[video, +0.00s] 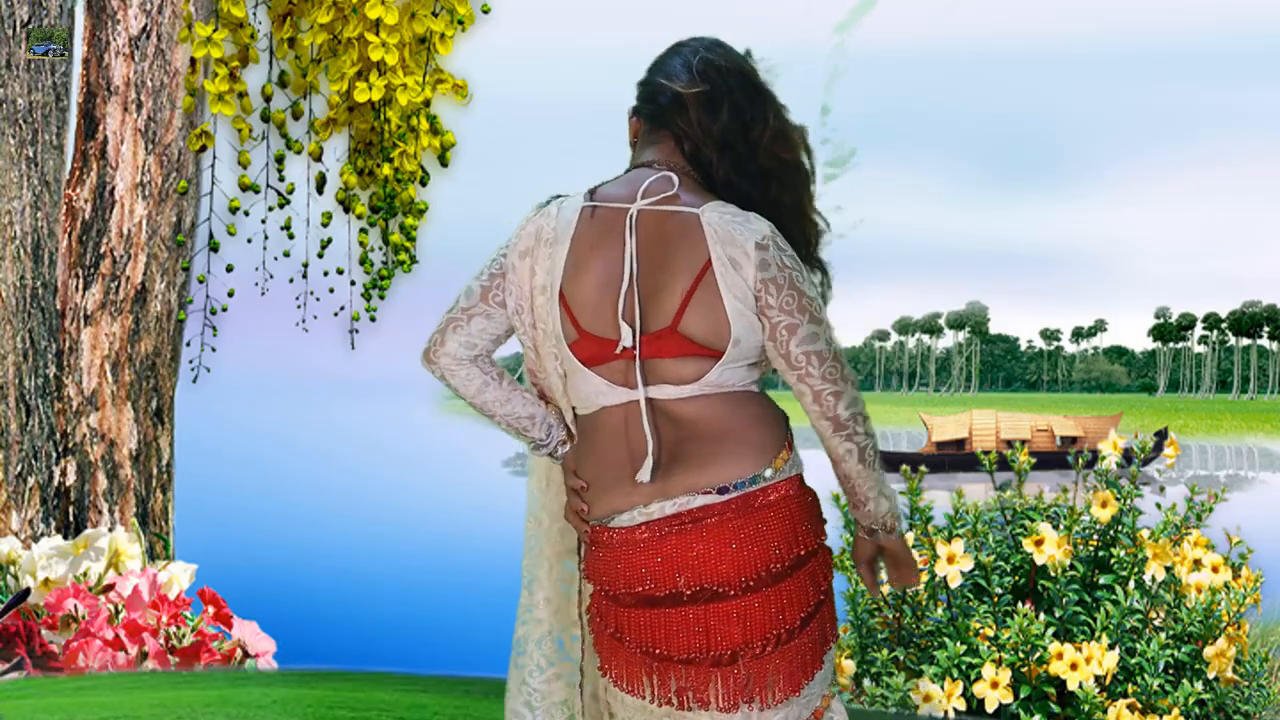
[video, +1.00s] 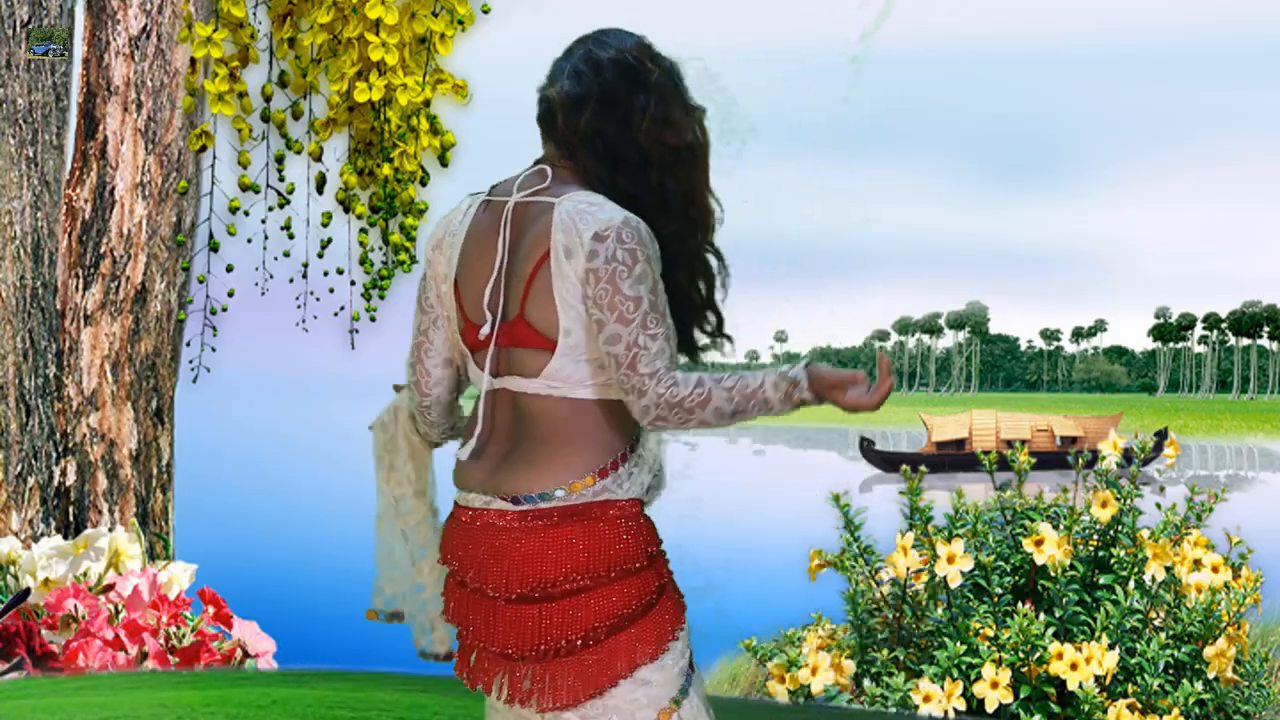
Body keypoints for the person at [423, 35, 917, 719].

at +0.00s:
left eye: (631, 116)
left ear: (635, 121)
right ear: (737, 134)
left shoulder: (547, 232)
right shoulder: (746, 237)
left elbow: (452, 350)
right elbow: (829, 395)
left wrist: (561, 436)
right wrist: (878, 519)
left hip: (624, 537)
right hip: (757, 519)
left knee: (643, 706)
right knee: (790, 705)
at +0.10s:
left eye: (634, 120)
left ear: (634, 125)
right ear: (735, 140)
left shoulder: (545, 235)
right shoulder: (742, 239)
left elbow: (449, 351)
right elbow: (813, 411)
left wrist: (559, 443)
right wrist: (895, 540)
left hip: (623, 541)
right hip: (755, 524)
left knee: (636, 708)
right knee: (778, 705)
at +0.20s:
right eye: (746, 147)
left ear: (633, 130)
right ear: (736, 148)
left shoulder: (537, 239)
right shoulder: (730, 244)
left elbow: (442, 351)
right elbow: (801, 416)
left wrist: (551, 451)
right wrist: (900, 555)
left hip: (622, 534)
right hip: (751, 514)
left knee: (637, 708)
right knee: (773, 706)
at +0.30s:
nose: (750, 173)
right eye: (748, 152)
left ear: (633, 130)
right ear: (732, 153)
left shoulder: (528, 243)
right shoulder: (719, 247)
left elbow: (442, 355)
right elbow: (783, 420)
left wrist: (541, 457)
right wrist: (884, 557)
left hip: (613, 539)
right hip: (741, 520)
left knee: (633, 709)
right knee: (767, 706)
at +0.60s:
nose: (730, 178)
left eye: (732, 156)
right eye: (726, 157)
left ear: (611, 131)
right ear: (700, 159)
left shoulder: (505, 240)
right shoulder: (652, 259)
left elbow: (453, 378)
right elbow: (689, 435)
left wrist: (499, 500)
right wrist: (797, 561)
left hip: (559, 536)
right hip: (665, 521)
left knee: (599, 706)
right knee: (718, 703)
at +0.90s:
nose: (679, 171)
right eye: (676, 151)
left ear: (566, 124)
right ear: (654, 151)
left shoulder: (463, 232)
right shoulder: (604, 246)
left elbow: (432, 378)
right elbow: (637, 422)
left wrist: (488, 465)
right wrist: (786, 456)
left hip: (491, 533)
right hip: (596, 521)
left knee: (538, 704)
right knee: (648, 700)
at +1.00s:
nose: (672, 152)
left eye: (671, 130)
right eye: (666, 132)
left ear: (552, 119)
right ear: (642, 133)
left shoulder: (455, 226)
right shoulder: (607, 232)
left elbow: (428, 409)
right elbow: (657, 397)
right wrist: (807, 383)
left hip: (478, 523)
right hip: (586, 522)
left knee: (517, 705)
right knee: (647, 703)